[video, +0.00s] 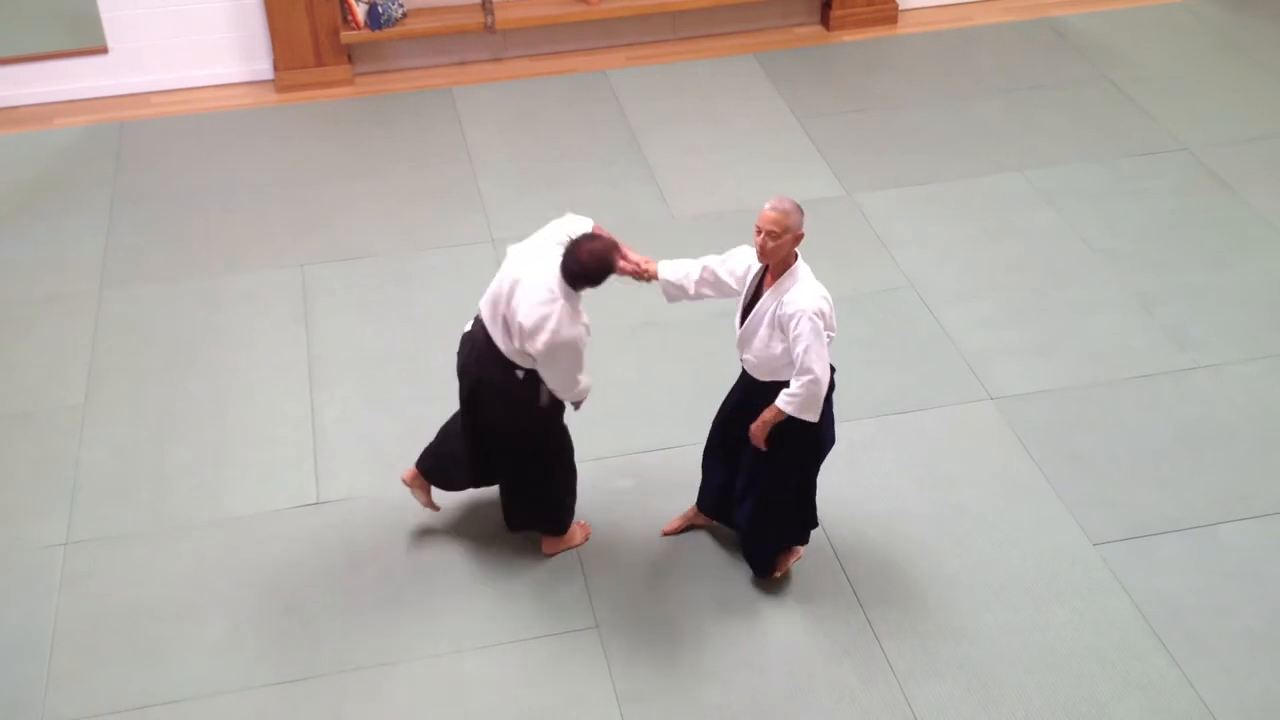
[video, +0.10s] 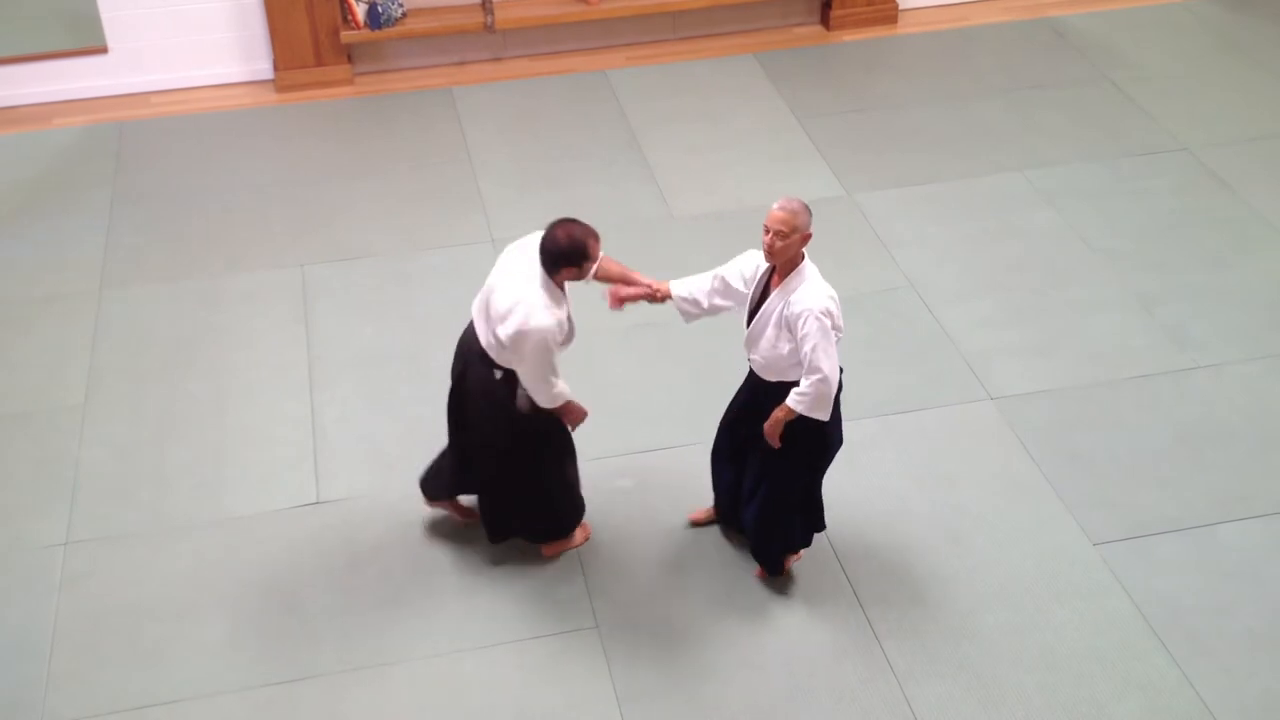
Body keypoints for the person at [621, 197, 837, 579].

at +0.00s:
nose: (760, 242)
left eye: (771, 236)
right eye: (758, 232)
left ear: (797, 240)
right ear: (754, 229)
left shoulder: (804, 303)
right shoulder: (752, 263)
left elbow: (812, 378)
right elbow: (704, 272)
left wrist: (769, 417)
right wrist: (652, 269)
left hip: (794, 401)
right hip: (754, 382)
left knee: (779, 478)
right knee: (723, 442)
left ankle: (788, 544)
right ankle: (709, 509)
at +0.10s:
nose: (769, 241)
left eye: (781, 236)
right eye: (766, 231)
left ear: (805, 239)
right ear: (763, 228)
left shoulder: (812, 302)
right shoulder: (756, 265)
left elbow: (822, 377)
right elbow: (711, 286)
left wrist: (782, 414)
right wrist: (652, 290)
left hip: (802, 400)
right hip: (761, 382)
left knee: (779, 477)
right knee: (730, 445)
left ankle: (783, 548)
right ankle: (728, 507)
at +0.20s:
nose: (777, 239)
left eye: (788, 233)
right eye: (774, 229)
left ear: (813, 237)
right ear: (770, 226)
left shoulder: (820, 299)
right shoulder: (764, 266)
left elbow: (831, 373)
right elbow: (720, 298)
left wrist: (789, 410)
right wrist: (658, 314)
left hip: (806, 402)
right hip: (765, 384)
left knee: (784, 479)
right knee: (741, 453)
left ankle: (781, 560)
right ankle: (757, 526)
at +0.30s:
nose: (785, 236)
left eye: (797, 230)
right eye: (783, 226)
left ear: (821, 235)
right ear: (778, 224)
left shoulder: (829, 295)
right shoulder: (773, 264)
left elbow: (839, 370)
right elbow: (731, 303)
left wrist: (792, 404)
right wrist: (673, 324)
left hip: (807, 402)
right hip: (769, 384)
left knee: (786, 479)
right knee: (761, 460)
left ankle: (780, 559)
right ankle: (788, 530)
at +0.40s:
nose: (794, 231)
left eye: (805, 225)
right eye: (792, 221)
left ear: (829, 230)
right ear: (787, 219)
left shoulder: (837, 290)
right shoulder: (780, 261)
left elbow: (845, 363)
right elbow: (739, 303)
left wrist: (794, 393)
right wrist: (685, 326)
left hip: (812, 399)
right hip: (775, 379)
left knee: (783, 479)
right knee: (776, 445)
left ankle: (781, 557)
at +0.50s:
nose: (803, 224)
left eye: (814, 218)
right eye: (800, 214)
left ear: (837, 223)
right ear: (796, 212)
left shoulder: (847, 281)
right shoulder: (789, 254)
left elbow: (852, 355)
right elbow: (751, 297)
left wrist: (796, 379)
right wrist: (700, 323)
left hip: (821, 391)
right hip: (785, 373)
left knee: (782, 474)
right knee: (792, 441)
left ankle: (782, 555)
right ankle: (838, 474)